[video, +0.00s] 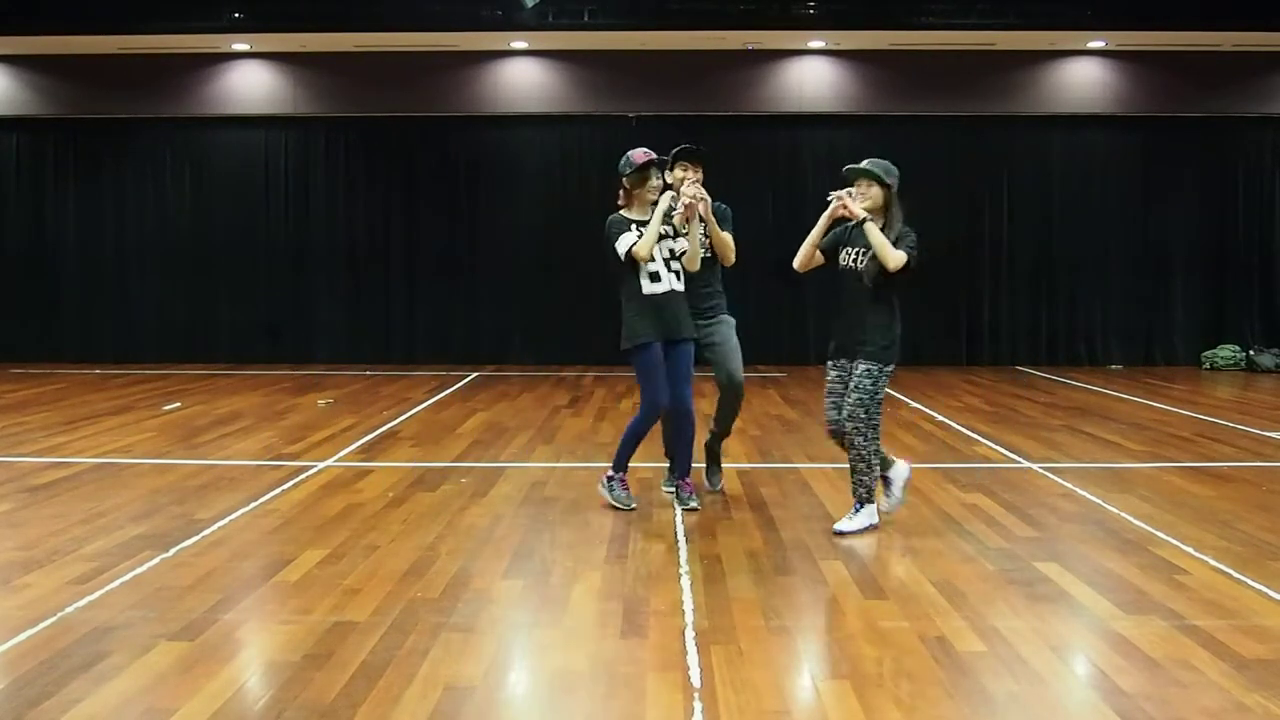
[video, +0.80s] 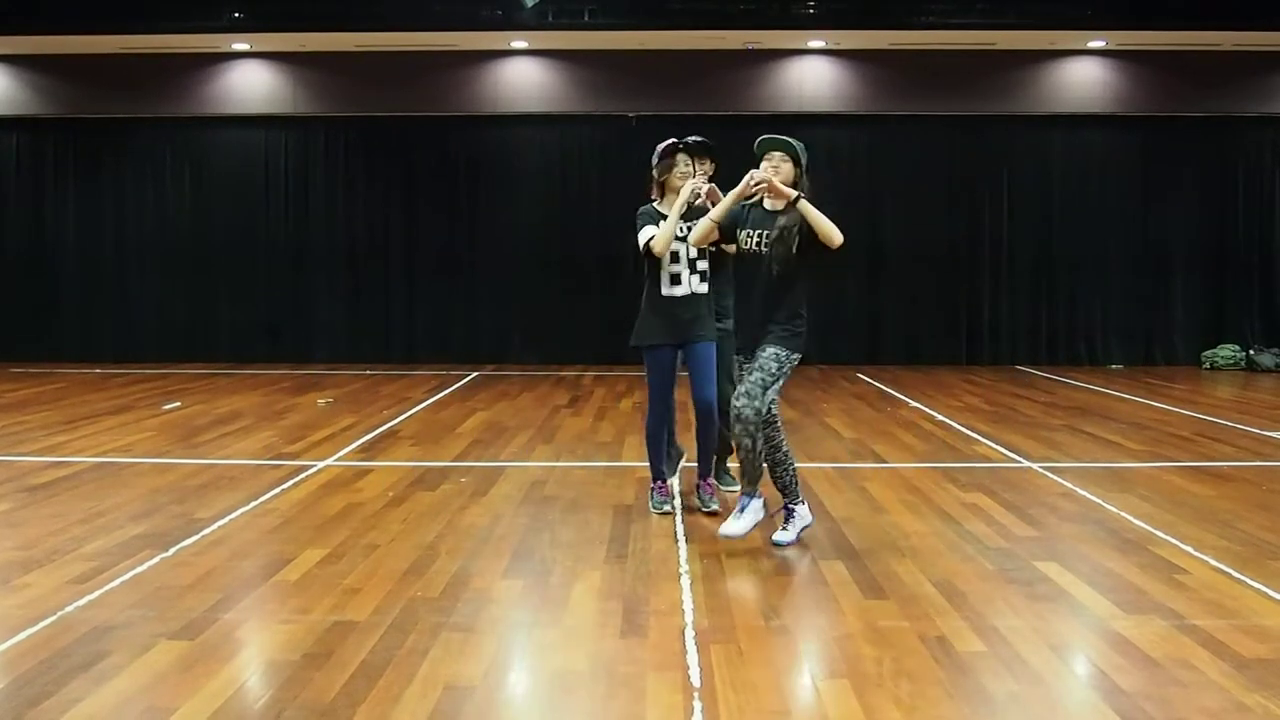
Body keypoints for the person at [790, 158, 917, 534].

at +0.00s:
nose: (858, 192)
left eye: (867, 186)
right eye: (856, 186)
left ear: (887, 191)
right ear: (851, 192)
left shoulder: (901, 234)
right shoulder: (846, 232)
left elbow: (894, 262)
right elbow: (801, 264)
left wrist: (863, 220)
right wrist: (826, 219)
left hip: (877, 345)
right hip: (843, 342)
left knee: (860, 425)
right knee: (837, 426)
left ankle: (865, 506)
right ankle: (892, 469)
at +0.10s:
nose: (844, 191)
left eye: (852, 185)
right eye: (841, 185)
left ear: (872, 190)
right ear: (838, 193)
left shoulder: (890, 233)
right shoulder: (835, 234)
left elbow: (880, 262)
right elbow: (790, 267)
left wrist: (846, 221)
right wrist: (812, 224)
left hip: (868, 353)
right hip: (830, 346)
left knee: (853, 431)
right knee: (801, 408)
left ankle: (866, 505)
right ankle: (855, 440)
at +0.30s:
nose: (818, 161)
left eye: (828, 158)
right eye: (818, 157)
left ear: (847, 172)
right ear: (817, 173)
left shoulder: (860, 214)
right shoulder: (805, 215)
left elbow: (843, 235)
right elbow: (752, 249)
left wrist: (814, 193)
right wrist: (780, 206)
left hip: (853, 332)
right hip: (814, 326)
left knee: (854, 419)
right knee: (786, 387)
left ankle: (863, 499)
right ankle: (801, 471)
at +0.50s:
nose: (791, 187)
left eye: (801, 181)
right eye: (788, 181)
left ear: (821, 187)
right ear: (785, 189)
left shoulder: (841, 234)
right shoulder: (780, 232)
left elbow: (822, 268)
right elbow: (735, 269)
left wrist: (787, 222)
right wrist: (757, 222)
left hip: (819, 350)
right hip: (780, 348)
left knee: (803, 435)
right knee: (779, 434)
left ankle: (841, 478)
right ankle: (799, 514)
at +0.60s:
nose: (784, 183)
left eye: (794, 177)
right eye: (781, 176)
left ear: (812, 185)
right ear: (775, 184)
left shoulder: (829, 232)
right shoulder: (765, 230)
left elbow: (831, 267)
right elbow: (725, 268)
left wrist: (793, 226)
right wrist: (749, 223)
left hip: (808, 343)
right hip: (768, 342)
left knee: (765, 408)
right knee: (770, 430)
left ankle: (813, 455)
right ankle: (798, 515)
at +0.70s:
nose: (779, 172)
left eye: (789, 167)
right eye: (775, 166)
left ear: (806, 176)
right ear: (767, 173)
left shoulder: (815, 219)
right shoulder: (753, 217)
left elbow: (837, 251)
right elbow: (711, 252)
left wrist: (797, 208)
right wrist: (743, 207)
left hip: (797, 332)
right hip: (759, 332)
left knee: (747, 393)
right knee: (772, 420)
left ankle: (783, 469)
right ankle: (798, 511)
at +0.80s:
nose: (770, 169)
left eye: (780, 163)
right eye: (765, 162)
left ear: (797, 174)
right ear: (756, 171)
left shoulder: (802, 216)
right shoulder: (742, 212)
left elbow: (836, 240)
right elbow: (698, 238)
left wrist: (795, 198)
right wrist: (734, 195)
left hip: (784, 332)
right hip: (747, 332)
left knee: (744, 407)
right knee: (767, 428)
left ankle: (749, 498)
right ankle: (796, 506)